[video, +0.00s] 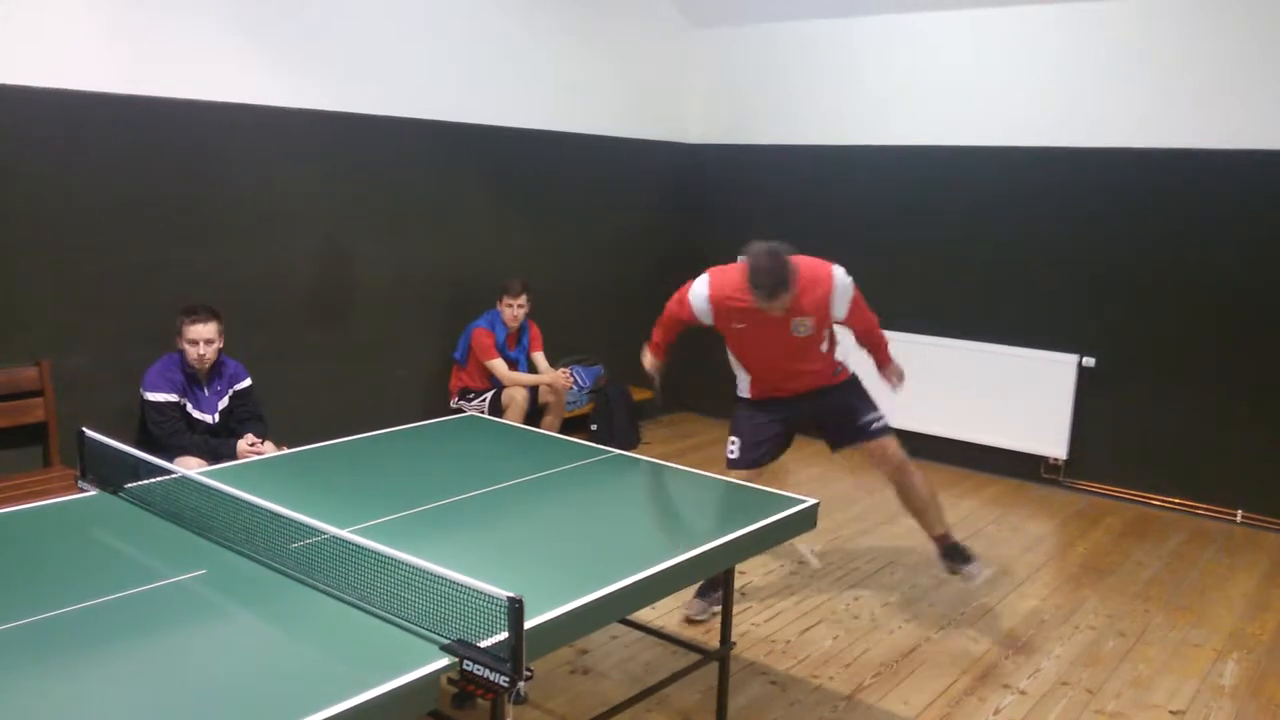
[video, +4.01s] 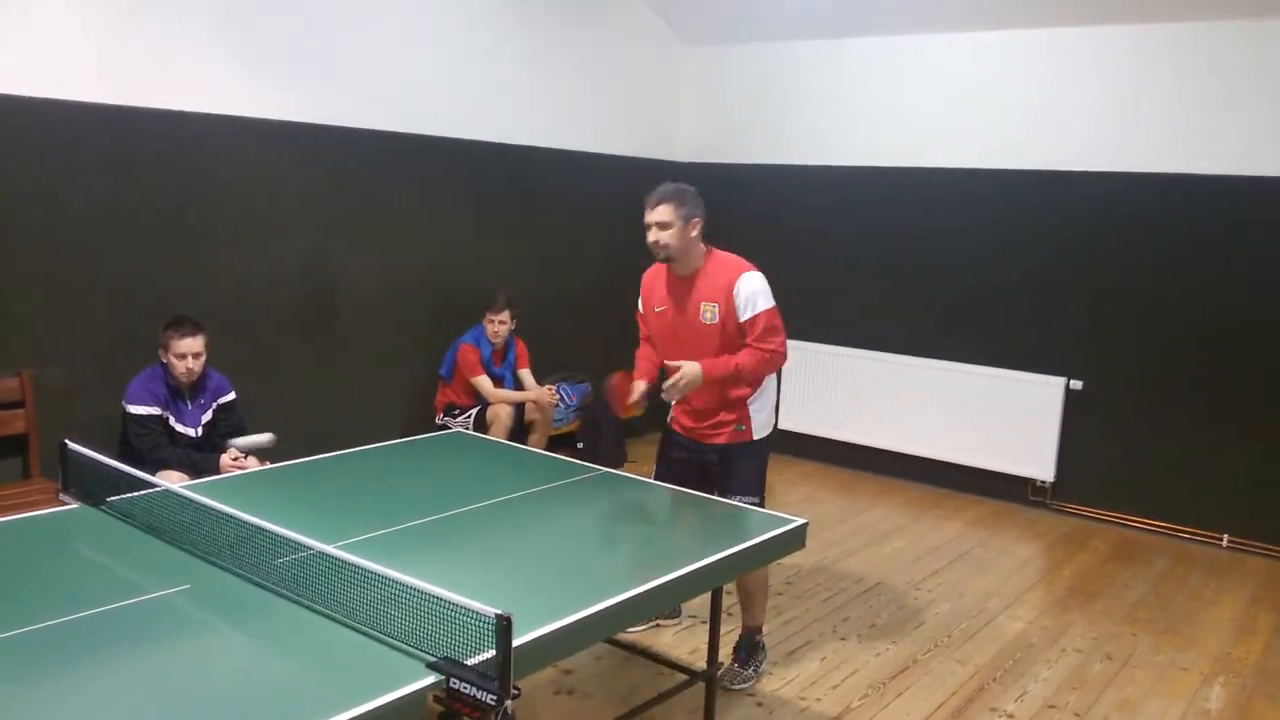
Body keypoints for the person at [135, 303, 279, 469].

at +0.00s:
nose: (201, 352)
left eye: (209, 343)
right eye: (193, 343)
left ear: (221, 342)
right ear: (179, 343)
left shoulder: (234, 372)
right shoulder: (159, 379)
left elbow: (249, 420)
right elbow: (172, 441)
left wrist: (249, 438)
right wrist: (232, 449)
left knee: (269, 450)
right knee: (193, 467)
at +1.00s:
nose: (191, 362)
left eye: (199, 353)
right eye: (183, 353)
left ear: (215, 352)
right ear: (173, 351)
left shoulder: (228, 382)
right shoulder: (153, 387)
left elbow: (244, 429)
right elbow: (166, 450)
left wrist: (245, 448)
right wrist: (226, 460)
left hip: (218, 460)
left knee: (263, 462)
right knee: (187, 477)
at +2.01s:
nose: (204, 362)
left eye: (211, 352)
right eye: (195, 354)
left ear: (218, 349)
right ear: (175, 352)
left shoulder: (230, 381)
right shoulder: (154, 387)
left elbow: (245, 428)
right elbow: (165, 449)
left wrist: (246, 445)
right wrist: (228, 457)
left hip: (220, 457)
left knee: (264, 460)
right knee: (189, 476)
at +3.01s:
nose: (205, 360)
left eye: (212, 351)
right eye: (196, 352)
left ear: (222, 348)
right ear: (180, 350)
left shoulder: (233, 378)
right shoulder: (159, 385)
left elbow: (249, 427)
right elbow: (170, 447)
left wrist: (251, 444)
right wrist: (231, 455)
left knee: (268, 458)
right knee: (193, 473)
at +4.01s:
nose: (190, 365)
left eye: (197, 356)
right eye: (181, 357)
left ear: (205, 354)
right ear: (163, 356)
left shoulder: (218, 386)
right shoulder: (142, 392)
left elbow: (235, 441)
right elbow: (155, 454)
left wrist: (240, 458)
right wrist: (215, 464)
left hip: (210, 467)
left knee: (252, 467)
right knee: (175, 481)